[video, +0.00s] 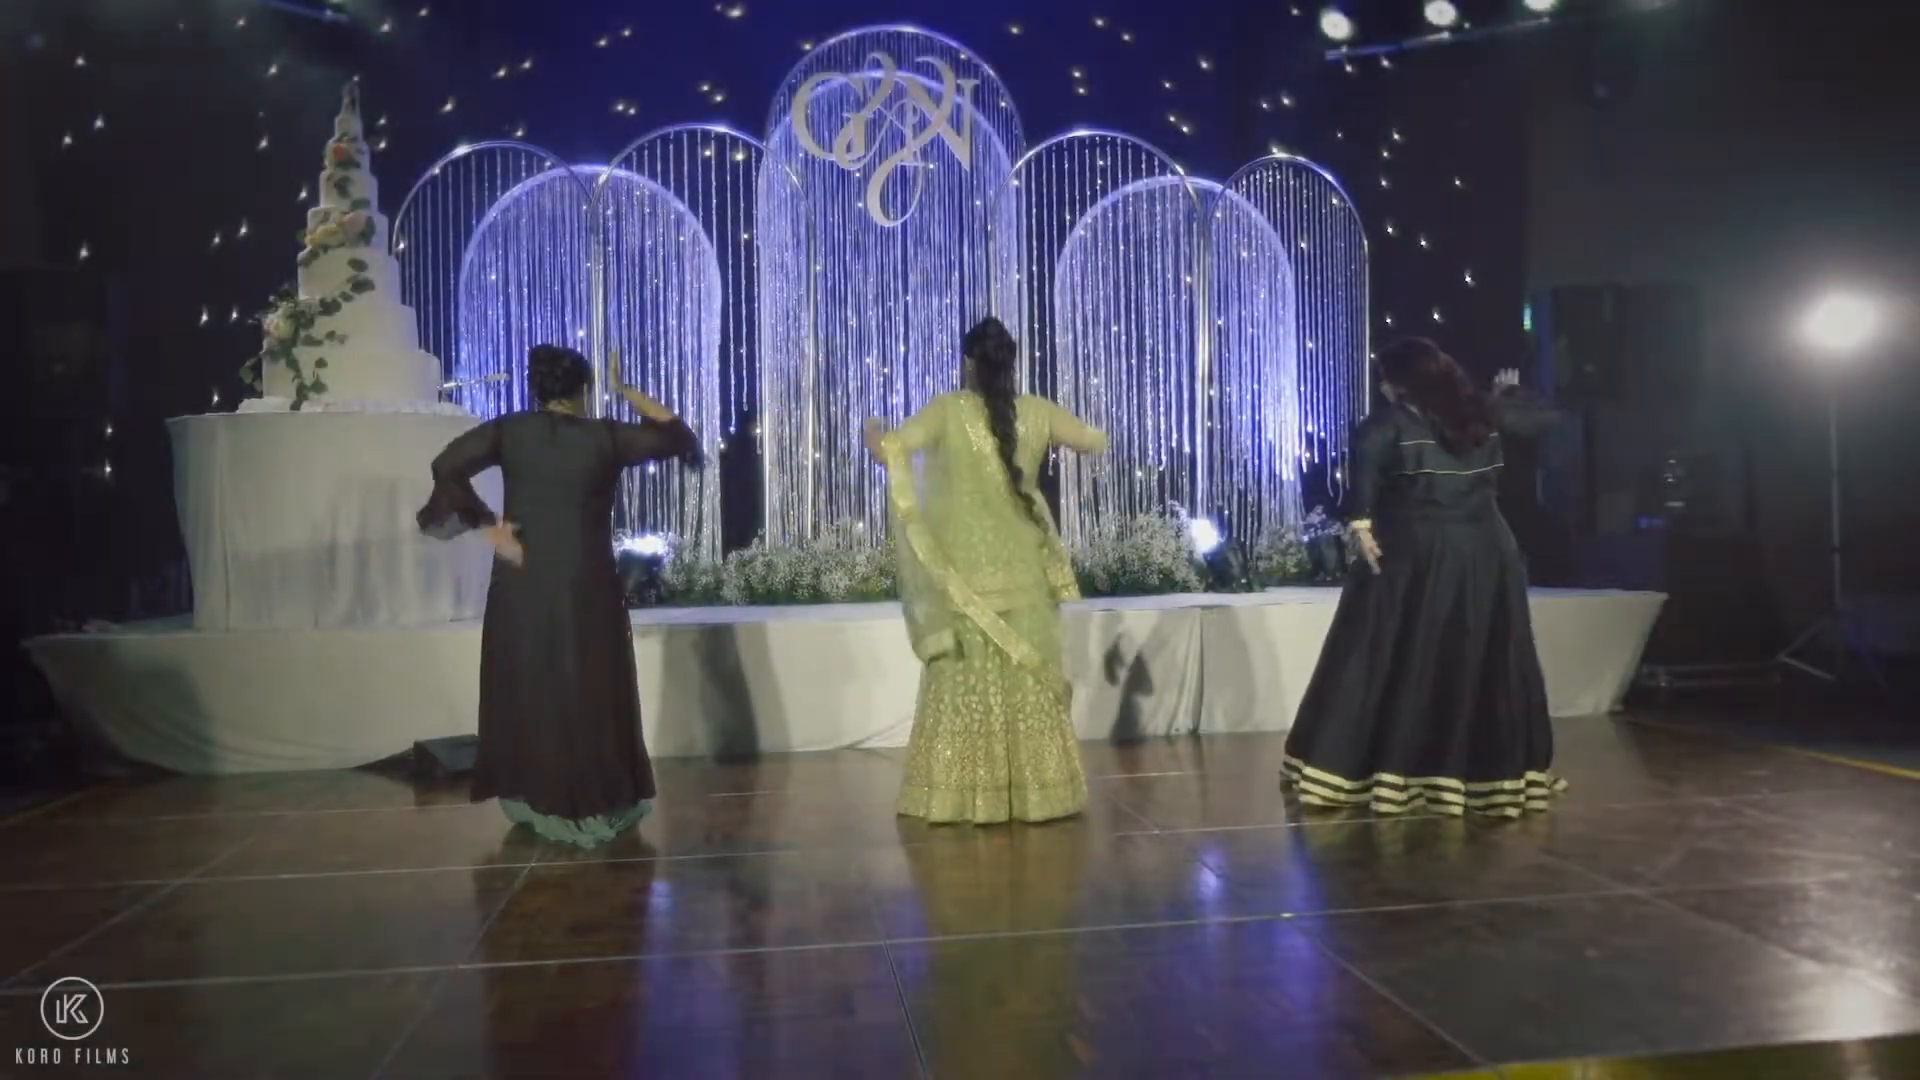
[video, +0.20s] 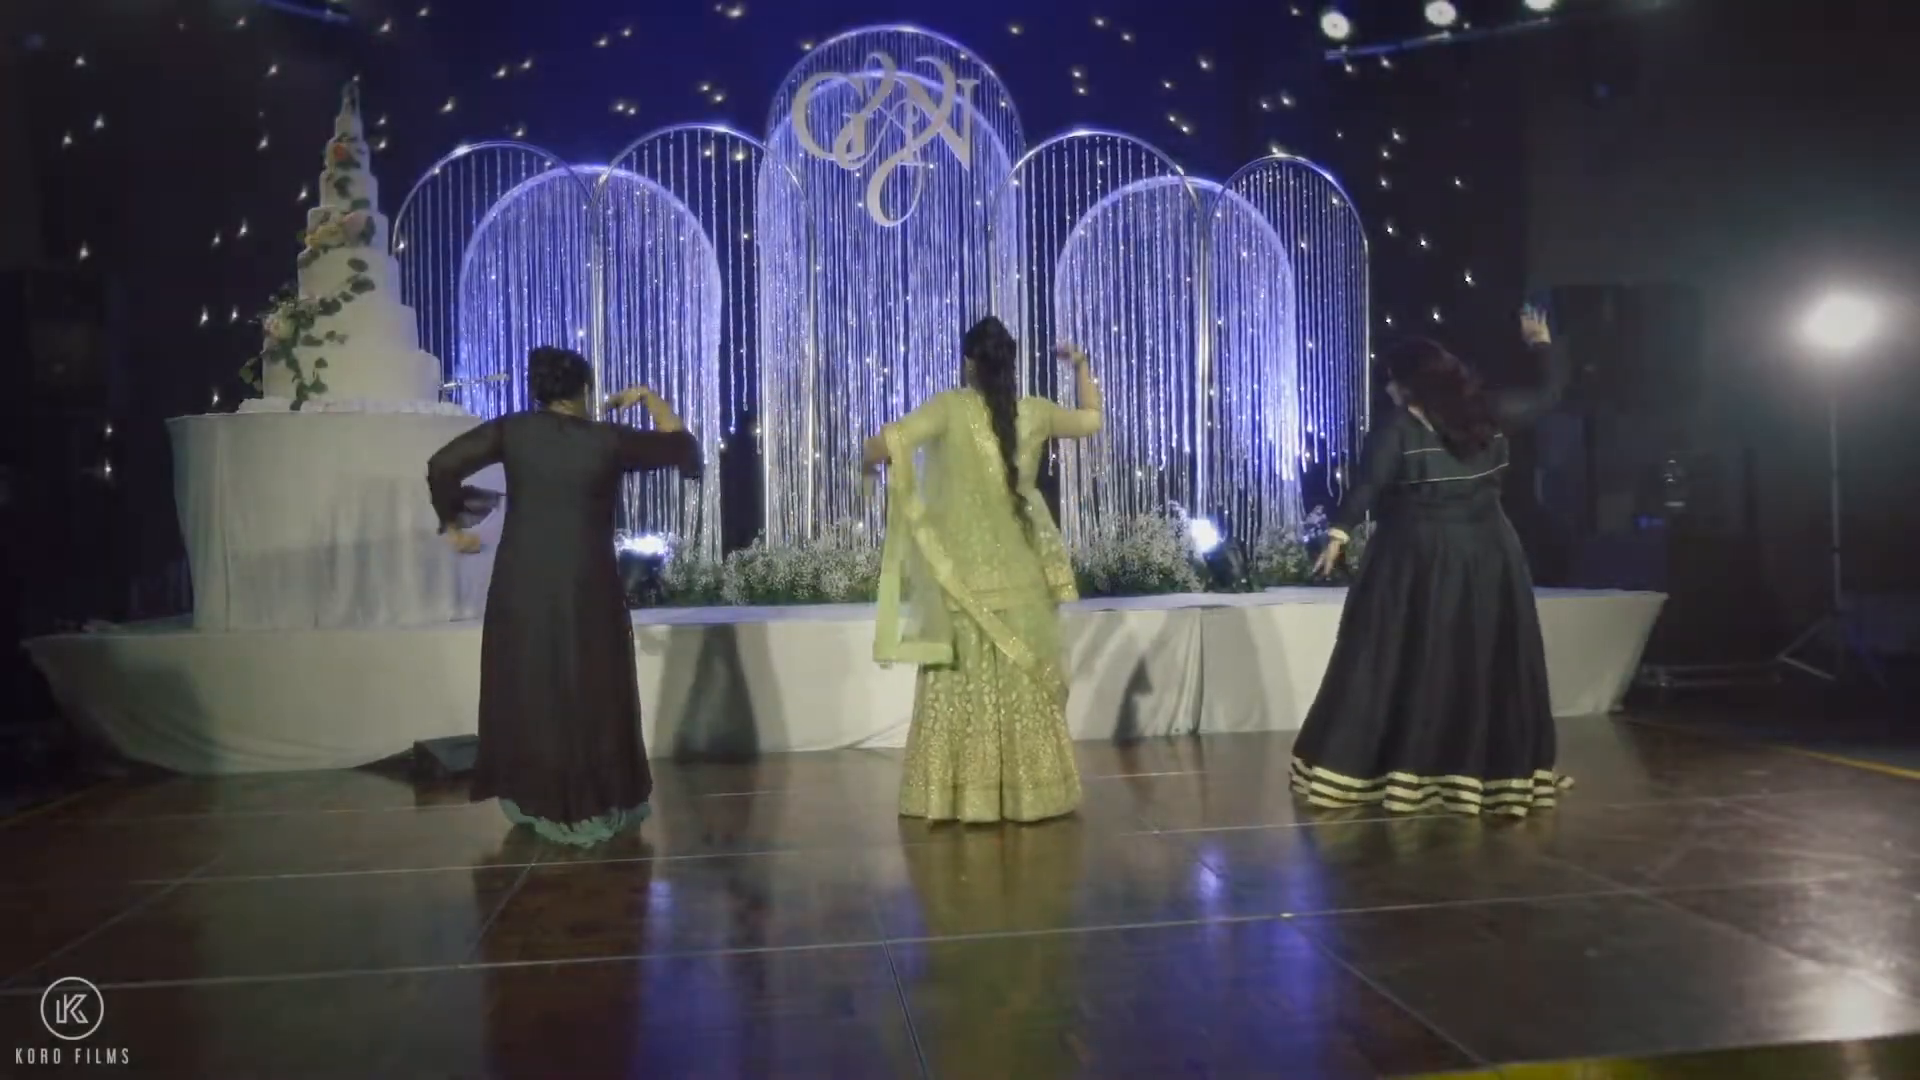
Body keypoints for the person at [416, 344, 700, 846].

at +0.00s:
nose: (583, 395)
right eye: (583, 388)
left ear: (535, 389)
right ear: (583, 390)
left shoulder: (509, 430)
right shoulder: (604, 437)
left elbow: (446, 467)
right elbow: (678, 438)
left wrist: (489, 525)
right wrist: (639, 400)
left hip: (522, 584)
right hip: (584, 583)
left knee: (527, 691)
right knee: (592, 691)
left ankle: (533, 805)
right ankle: (594, 808)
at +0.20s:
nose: (589, 396)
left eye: (584, 389)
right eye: (588, 389)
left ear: (537, 392)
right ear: (584, 392)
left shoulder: (511, 430)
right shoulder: (607, 440)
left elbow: (442, 467)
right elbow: (685, 454)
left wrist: (454, 524)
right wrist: (655, 402)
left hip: (521, 584)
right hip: (585, 586)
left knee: (528, 692)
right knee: (592, 691)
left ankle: (534, 807)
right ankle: (593, 810)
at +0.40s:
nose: (594, 397)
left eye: (589, 390)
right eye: (593, 390)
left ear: (542, 393)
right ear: (587, 391)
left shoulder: (513, 433)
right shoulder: (614, 440)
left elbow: (440, 450)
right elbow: (688, 446)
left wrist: (376, 463)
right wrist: (696, 387)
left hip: (525, 588)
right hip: (591, 590)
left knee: (533, 694)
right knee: (596, 692)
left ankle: (539, 809)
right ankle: (596, 810)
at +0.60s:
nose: (592, 397)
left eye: (583, 389)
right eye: (590, 388)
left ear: (543, 393)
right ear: (587, 391)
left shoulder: (519, 434)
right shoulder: (615, 437)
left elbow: (453, 403)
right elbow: (684, 409)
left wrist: (403, 364)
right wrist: (704, 349)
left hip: (530, 586)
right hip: (593, 587)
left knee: (537, 693)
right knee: (598, 693)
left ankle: (544, 810)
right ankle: (602, 809)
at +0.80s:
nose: (598, 393)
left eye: (593, 385)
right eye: (593, 385)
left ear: (541, 391)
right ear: (581, 391)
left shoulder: (522, 433)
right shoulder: (609, 438)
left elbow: (486, 384)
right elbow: (656, 396)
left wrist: (490, 318)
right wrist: (645, 331)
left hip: (531, 578)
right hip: (592, 579)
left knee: (535, 689)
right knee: (600, 688)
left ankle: (539, 805)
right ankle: (602, 805)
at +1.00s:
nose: (595, 394)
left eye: (591, 386)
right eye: (590, 387)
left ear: (539, 393)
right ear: (577, 394)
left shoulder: (519, 435)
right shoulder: (605, 438)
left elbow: (501, 388)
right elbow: (637, 400)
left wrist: (529, 346)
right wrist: (607, 339)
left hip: (530, 577)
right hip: (589, 578)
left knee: (533, 685)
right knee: (597, 685)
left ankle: (536, 803)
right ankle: (598, 805)